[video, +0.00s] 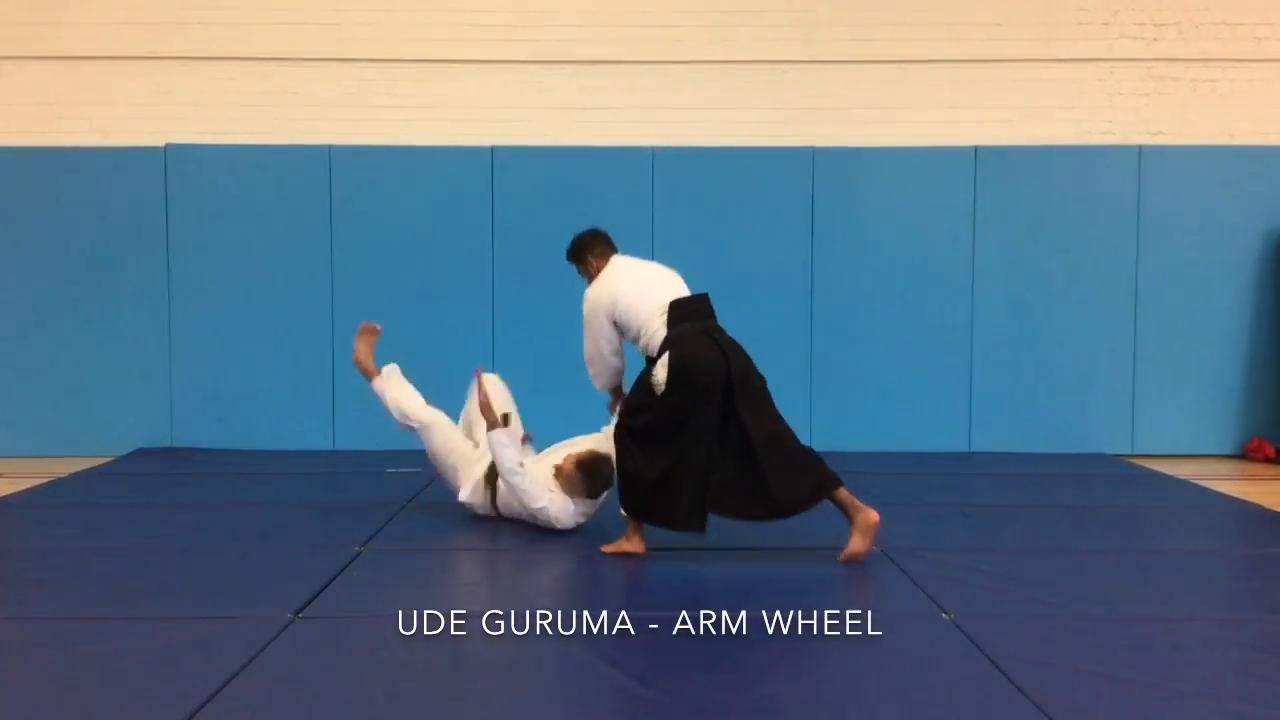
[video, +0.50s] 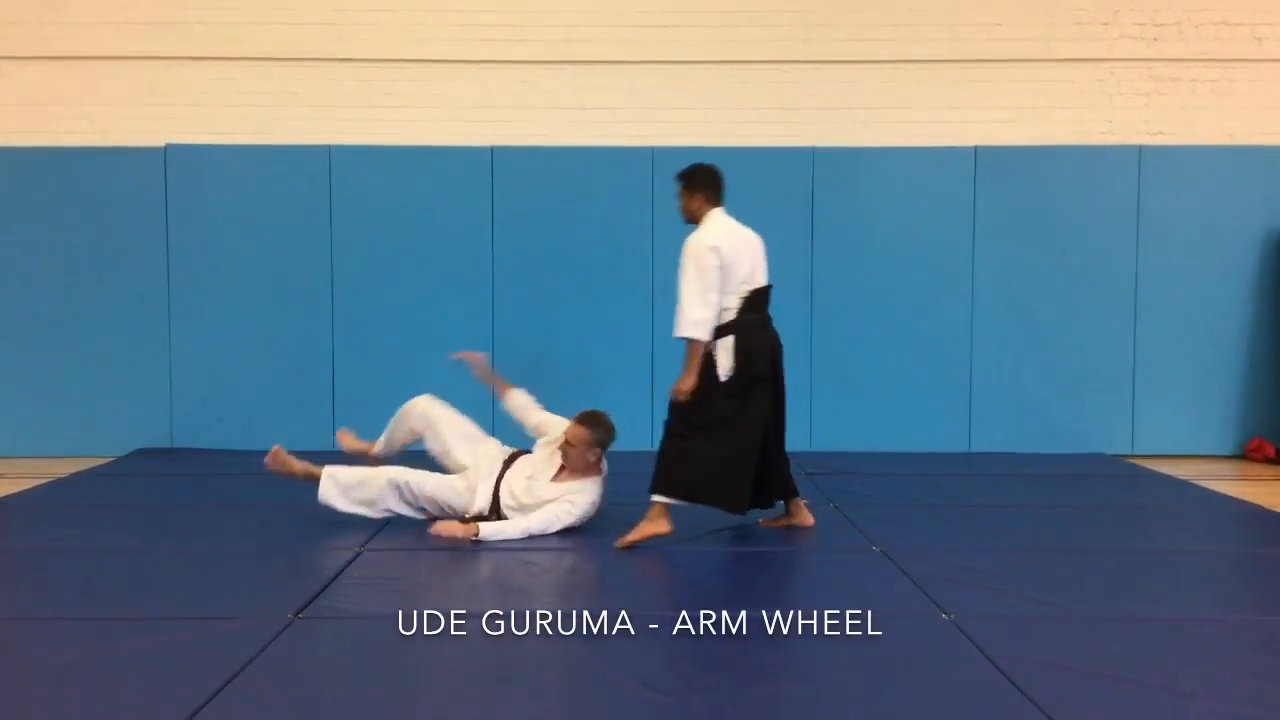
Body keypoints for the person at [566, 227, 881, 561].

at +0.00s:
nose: (583, 277)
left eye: (581, 270)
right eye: (582, 270)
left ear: (589, 262)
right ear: (611, 251)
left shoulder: (598, 291)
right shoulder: (650, 267)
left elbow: (603, 364)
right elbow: (674, 316)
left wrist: (614, 394)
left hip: (680, 361)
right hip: (723, 349)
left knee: (632, 433)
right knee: (773, 436)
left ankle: (633, 535)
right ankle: (858, 513)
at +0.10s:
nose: (587, 251)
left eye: (586, 244)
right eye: (586, 245)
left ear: (596, 239)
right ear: (619, 230)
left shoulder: (602, 272)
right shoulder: (658, 251)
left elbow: (603, 338)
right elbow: (675, 303)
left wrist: (609, 373)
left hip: (680, 351)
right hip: (721, 339)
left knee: (634, 433)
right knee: (761, 428)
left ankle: (634, 531)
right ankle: (842, 498)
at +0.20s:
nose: (604, 235)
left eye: (602, 227)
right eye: (601, 228)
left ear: (611, 223)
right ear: (636, 216)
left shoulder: (618, 257)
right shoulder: (677, 242)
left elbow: (614, 329)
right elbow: (687, 295)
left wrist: (616, 373)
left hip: (684, 345)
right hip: (724, 334)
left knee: (643, 429)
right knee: (747, 426)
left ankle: (636, 528)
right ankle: (822, 492)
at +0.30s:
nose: (628, 222)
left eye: (627, 214)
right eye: (627, 214)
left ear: (637, 210)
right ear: (661, 206)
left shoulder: (641, 248)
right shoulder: (703, 238)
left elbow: (633, 319)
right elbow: (719, 294)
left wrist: (632, 378)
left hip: (695, 343)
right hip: (735, 335)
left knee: (649, 426)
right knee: (744, 420)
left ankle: (640, 529)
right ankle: (790, 498)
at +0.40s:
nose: (655, 213)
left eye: (656, 205)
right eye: (655, 206)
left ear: (667, 203)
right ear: (691, 201)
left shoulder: (673, 245)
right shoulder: (729, 238)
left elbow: (667, 317)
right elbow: (738, 297)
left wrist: (656, 379)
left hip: (714, 348)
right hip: (749, 342)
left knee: (667, 425)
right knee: (750, 425)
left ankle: (644, 522)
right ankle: (792, 503)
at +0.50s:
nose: (679, 204)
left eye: (682, 196)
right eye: (680, 196)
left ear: (697, 197)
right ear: (715, 197)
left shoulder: (702, 242)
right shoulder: (748, 236)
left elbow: (701, 312)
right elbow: (755, 296)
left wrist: (690, 372)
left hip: (728, 346)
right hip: (762, 340)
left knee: (681, 418)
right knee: (765, 425)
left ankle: (658, 512)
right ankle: (795, 507)